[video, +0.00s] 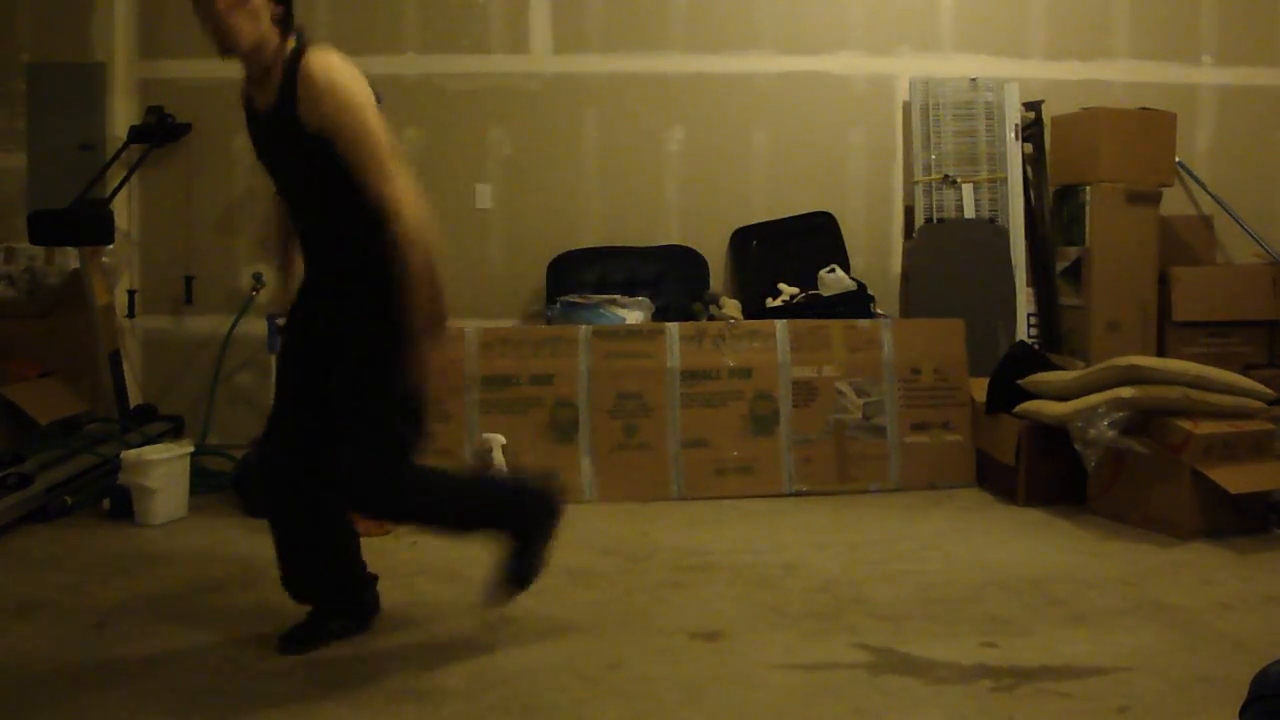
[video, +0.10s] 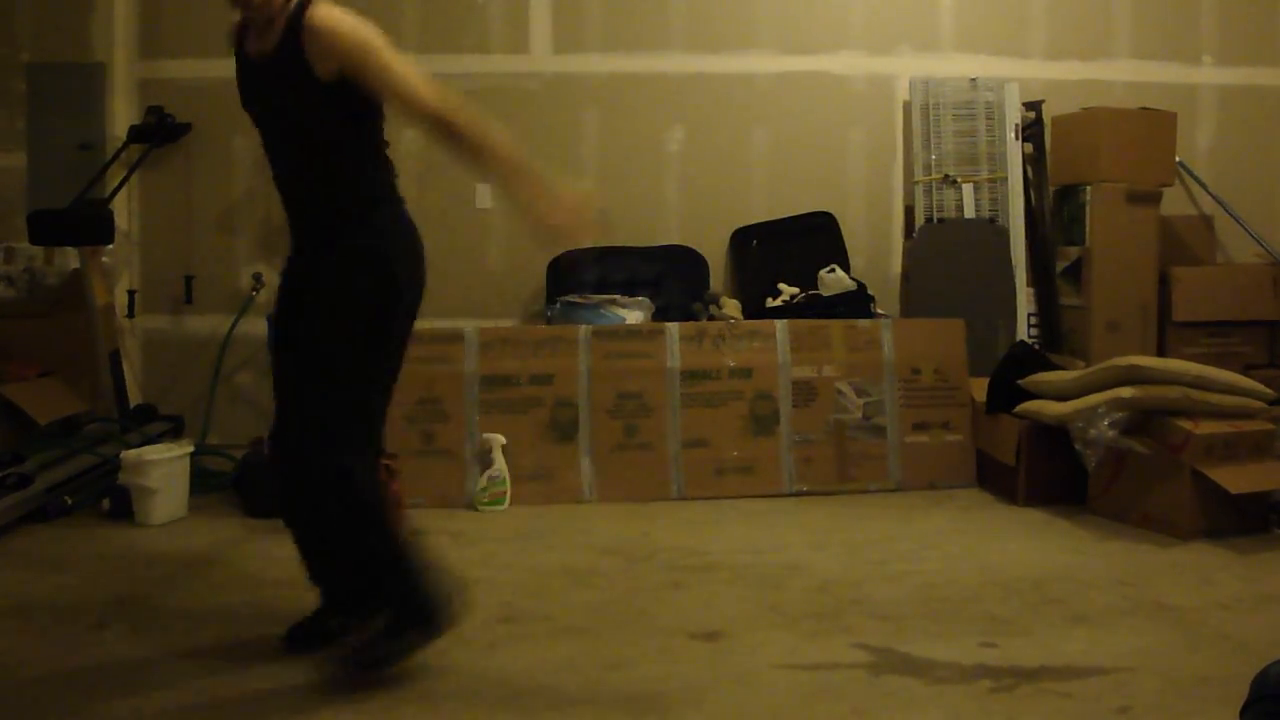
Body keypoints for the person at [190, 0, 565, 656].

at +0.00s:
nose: (216, 22)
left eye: (227, 7)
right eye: (209, 11)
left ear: (269, 8)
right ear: (213, 20)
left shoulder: (324, 75)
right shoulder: (255, 89)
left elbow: (404, 205)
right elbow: (291, 194)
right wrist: (286, 287)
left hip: (379, 291)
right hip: (323, 296)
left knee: (363, 474)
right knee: (293, 460)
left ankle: (522, 509)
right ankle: (342, 600)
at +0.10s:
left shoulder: (328, 29)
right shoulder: (247, 37)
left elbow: (439, 110)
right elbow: (300, 152)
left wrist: (540, 194)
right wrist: (304, 247)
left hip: (373, 258)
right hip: (316, 261)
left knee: (339, 445)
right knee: (298, 445)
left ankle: (407, 602)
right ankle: (348, 597)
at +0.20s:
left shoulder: (344, 17)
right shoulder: (257, 23)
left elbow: (471, 60)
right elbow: (289, 153)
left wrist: (595, 96)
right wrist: (276, 261)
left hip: (343, 275)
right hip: (293, 273)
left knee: (276, 450)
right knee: (284, 447)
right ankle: (421, 557)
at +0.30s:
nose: (288, 8)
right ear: (280, 3)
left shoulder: (373, 54)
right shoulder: (286, 49)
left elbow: (501, 74)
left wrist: (621, 68)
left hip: (314, 320)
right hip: (267, 314)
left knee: (206, 479)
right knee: (255, 485)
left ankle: (220, 663)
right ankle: (457, 528)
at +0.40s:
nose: (326, 8)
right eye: (319, 1)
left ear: (369, 2)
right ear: (310, 5)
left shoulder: (400, 64)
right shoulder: (307, 56)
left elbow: (508, 117)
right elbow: (282, 150)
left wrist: (625, 154)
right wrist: (274, 228)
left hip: (338, 311)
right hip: (297, 305)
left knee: (225, 476)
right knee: (293, 492)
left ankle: (219, 665)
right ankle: (477, 544)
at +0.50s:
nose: (360, 5)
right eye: (351, 0)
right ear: (344, 3)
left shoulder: (433, 49)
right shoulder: (339, 56)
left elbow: (517, 160)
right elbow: (315, 155)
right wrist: (273, 244)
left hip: (409, 285)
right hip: (352, 284)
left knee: (288, 460)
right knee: (352, 464)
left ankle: (243, 647)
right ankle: (473, 592)